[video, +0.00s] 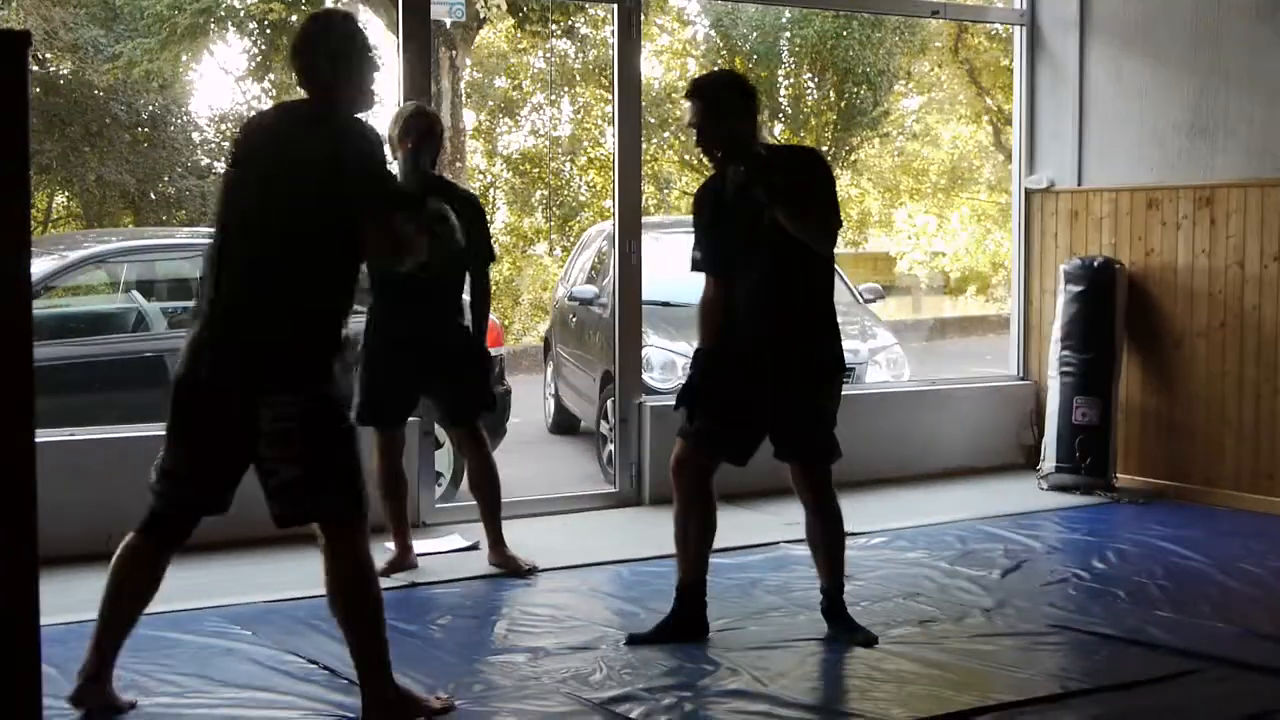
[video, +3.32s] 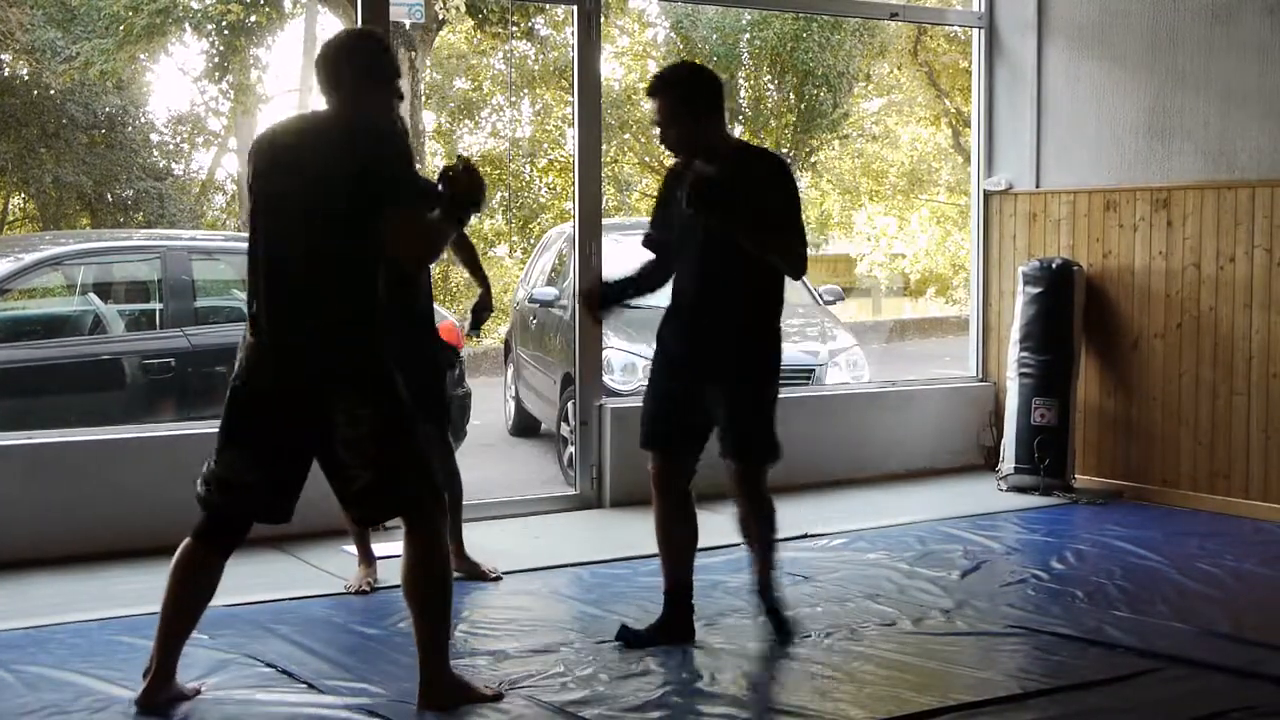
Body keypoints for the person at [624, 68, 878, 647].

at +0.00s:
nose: (698, 139)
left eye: (704, 125)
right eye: (695, 127)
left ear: (741, 116)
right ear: (714, 124)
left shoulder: (805, 166)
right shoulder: (712, 196)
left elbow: (823, 242)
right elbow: (715, 288)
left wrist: (764, 189)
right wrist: (703, 367)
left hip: (804, 354)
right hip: (736, 356)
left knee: (813, 480)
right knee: (689, 467)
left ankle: (835, 606)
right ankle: (689, 612)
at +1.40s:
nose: (693, 141)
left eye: (700, 127)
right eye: (691, 129)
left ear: (733, 122)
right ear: (715, 128)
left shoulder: (803, 169)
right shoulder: (710, 193)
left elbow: (843, 257)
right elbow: (730, 280)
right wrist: (730, 355)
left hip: (821, 348)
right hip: (755, 349)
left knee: (814, 480)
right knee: (712, 457)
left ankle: (804, 607)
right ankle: (733, 578)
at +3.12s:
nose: (687, 138)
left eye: (695, 125)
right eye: (685, 126)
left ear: (730, 119)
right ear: (698, 124)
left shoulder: (787, 175)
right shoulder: (706, 187)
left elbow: (804, 264)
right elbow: (704, 271)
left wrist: (751, 207)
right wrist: (659, 315)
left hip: (772, 352)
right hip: (708, 351)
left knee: (783, 481)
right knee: (667, 472)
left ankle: (810, 606)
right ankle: (677, 617)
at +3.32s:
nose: (660, 134)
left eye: (667, 121)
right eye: (657, 123)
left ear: (702, 114)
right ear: (685, 119)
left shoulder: (766, 171)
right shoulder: (681, 179)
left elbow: (795, 262)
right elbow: (659, 267)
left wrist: (728, 210)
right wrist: (609, 291)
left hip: (749, 347)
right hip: (683, 344)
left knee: (749, 479)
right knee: (668, 474)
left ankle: (767, 595)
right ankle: (677, 617)